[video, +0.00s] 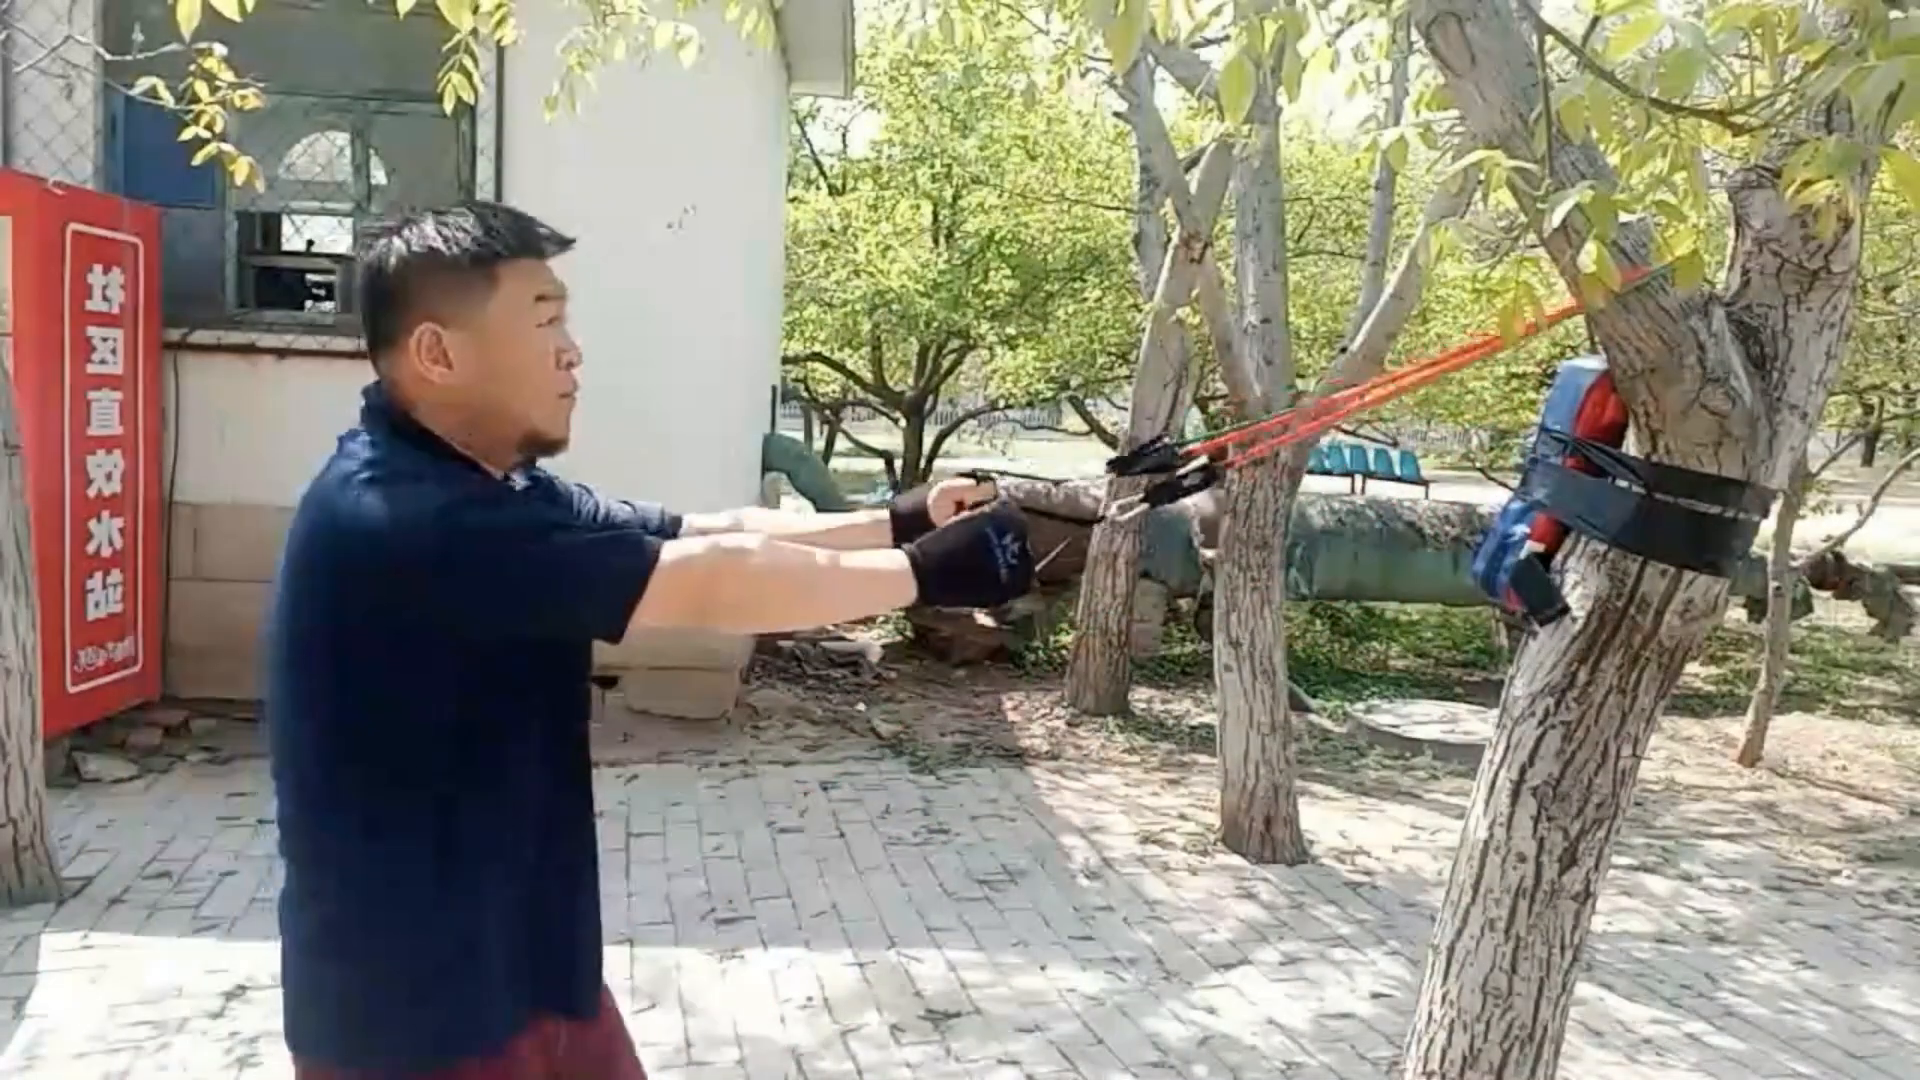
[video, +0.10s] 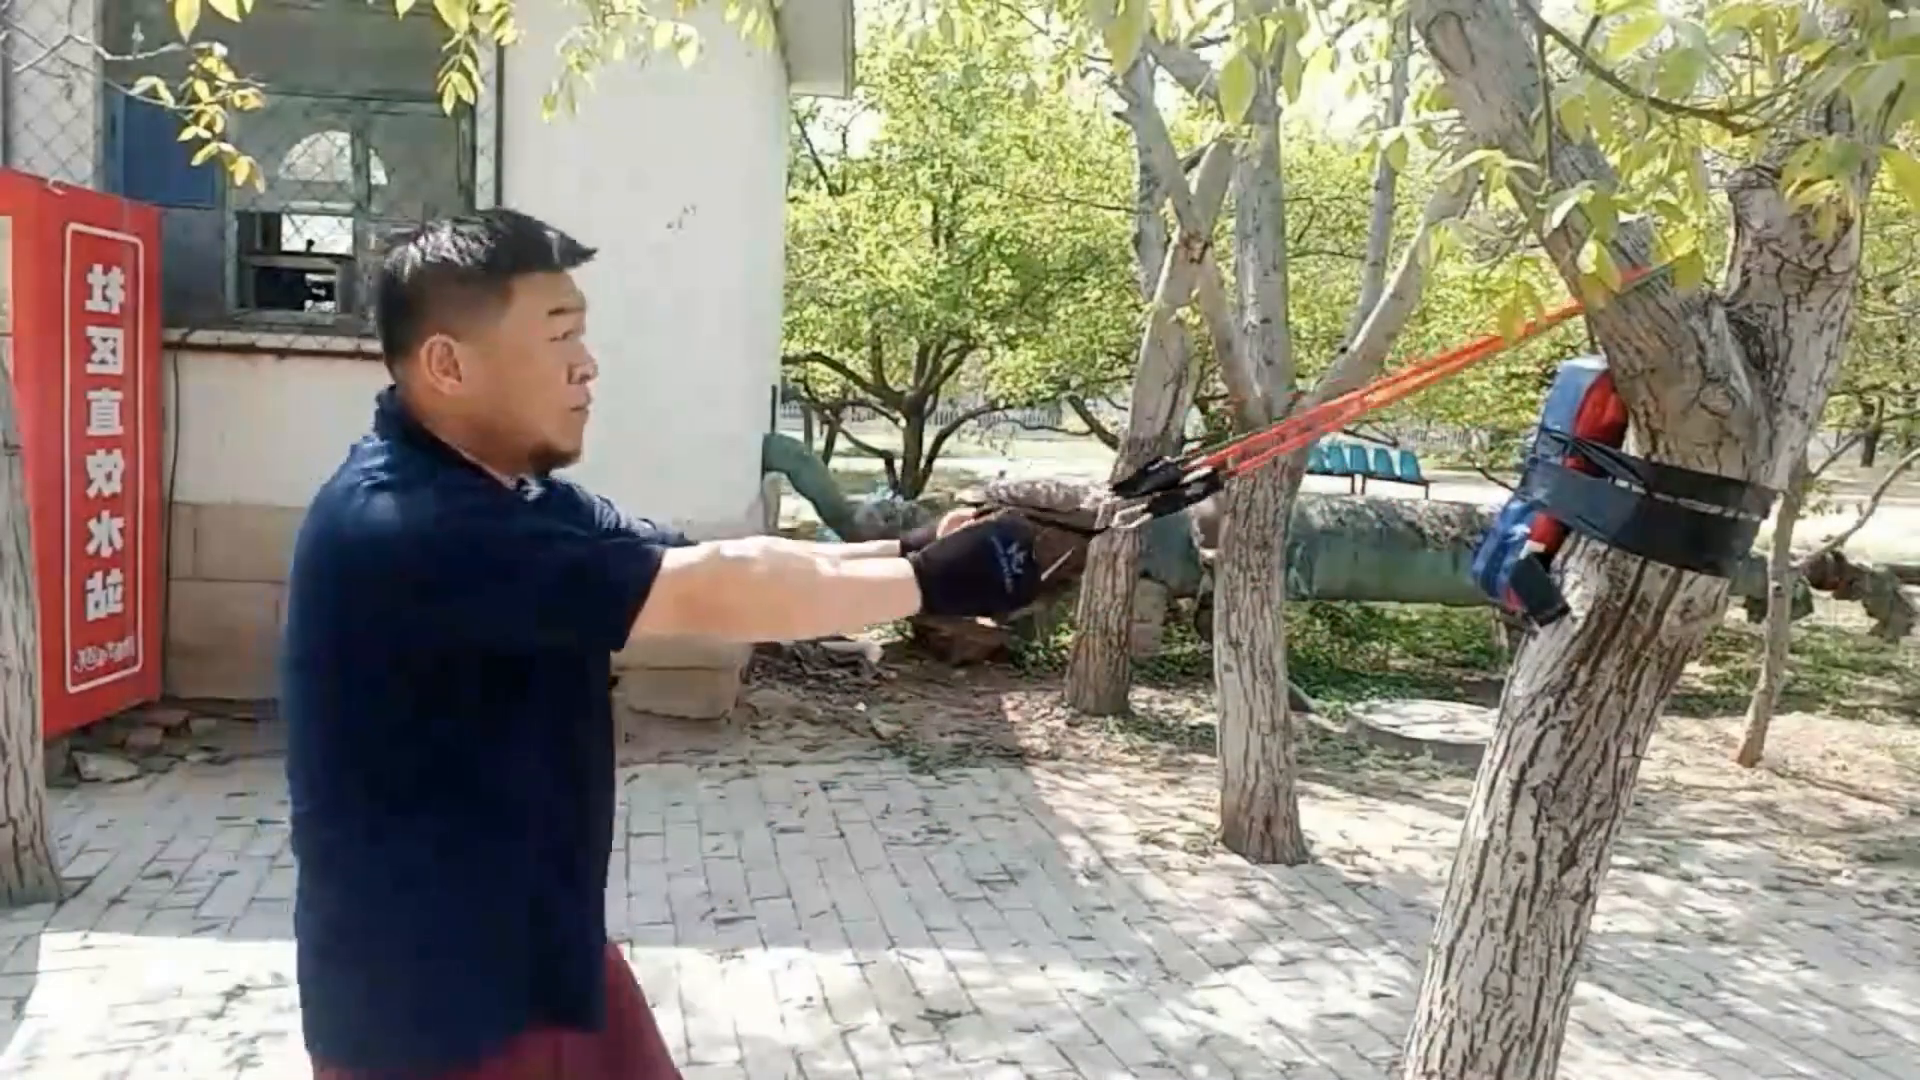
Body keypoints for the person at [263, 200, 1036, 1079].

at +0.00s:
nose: (573, 350)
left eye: (563, 319)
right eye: (544, 319)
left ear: (443, 360)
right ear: (434, 356)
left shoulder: (498, 495)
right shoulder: (400, 521)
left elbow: (701, 541)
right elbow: (694, 590)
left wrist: (903, 525)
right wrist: (919, 577)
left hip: (549, 1001)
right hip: (428, 1037)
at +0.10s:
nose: (589, 367)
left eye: (581, 335)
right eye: (560, 336)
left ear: (456, 371)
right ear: (445, 367)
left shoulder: (533, 505)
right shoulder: (396, 526)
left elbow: (700, 573)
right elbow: (689, 601)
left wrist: (908, 561)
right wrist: (928, 581)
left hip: (569, 987)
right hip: (437, 1029)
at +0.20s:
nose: (645, 416)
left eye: (645, 385)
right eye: (612, 391)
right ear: (500, 414)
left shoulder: (604, 538)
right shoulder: (441, 543)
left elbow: (745, 636)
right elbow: (719, 630)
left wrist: (933, 617)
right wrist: (937, 618)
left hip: (585, 977)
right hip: (435, 1020)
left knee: (670, 1073)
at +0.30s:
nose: (672, 459)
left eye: (681, 428)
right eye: (636, 433)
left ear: (693, 421)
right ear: (531, 447)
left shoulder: (647, 572)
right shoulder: (465, 559)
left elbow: (760, 670)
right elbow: (742, 663)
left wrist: (942, 655)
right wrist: (952, 655)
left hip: (595, 971)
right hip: (436, 1010)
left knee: (683, 1065)